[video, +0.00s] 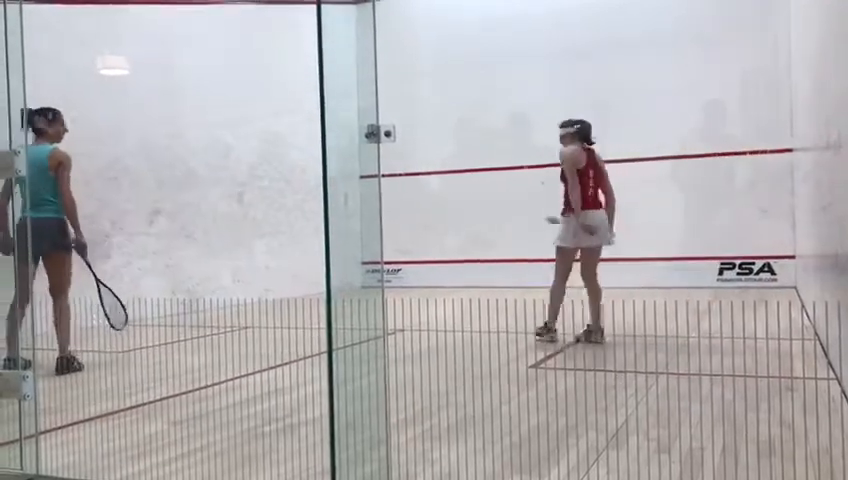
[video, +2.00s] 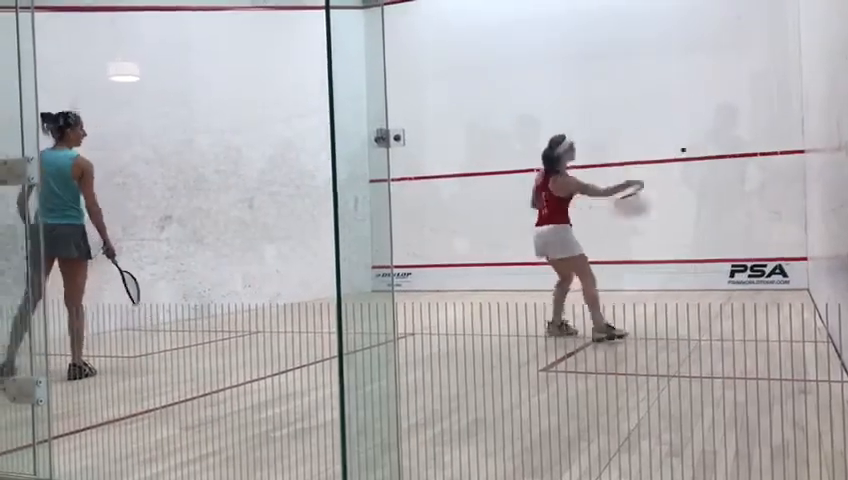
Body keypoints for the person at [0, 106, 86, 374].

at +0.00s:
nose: (65, 131)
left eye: (64, 126)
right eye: (61, 126)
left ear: (39, 127)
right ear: (46, 125)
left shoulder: (19, 155)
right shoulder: (59, 156)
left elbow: (3, 197)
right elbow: (65, 196)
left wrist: (3, 231)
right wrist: (78, 233)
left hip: (24, 228)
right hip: (53, 227)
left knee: (21, 297)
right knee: (60, 293)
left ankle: (11, 355)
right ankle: (64, 355)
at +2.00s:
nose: (84, 133)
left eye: (83, 128)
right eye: (80, 128)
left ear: (61, 132)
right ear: (68, 131)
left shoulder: (39, 158)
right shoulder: (81, 164)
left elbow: (22, 197)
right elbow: (92, 207)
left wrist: (27, 224)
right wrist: (106, 240)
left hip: (42, 233)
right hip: (71, 234)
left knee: (31, 296)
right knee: (74, 301)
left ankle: (8, 359)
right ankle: (77, 363)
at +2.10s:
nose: (76, 135)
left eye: (73, 130)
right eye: (71, 130)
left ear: (47, 134)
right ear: (61, 133)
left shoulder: (30, 162)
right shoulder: (75, 165)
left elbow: (13, 204)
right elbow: (88, 206)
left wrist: (17, 236)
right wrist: (101, 239)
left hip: (35, 236)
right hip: (66, 236)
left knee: (23, 300)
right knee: (72, 301)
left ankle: (7, 362)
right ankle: (77, 362)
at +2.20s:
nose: (64, 135)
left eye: (62, 130)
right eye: (60, 130)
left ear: (39, 135)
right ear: (49, 134)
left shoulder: (17, 164)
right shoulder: (64, 166)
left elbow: (4, 202)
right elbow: (80, 208)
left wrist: (3, 237)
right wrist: (91, 236)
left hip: (23, 238)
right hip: (56, 237)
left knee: (17, 302)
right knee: (67, 304)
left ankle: (9, 365)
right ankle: (77, 363)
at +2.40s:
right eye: (37, 138)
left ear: (12, 139)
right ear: (37, 139)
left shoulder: (3, 165)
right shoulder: (44, 169)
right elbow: (59, 209)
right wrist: (58, 227)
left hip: (6, 240)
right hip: (33, 239)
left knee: (4, 306)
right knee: (42, 295)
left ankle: (7, 363)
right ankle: (62, 343)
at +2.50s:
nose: (27, 144)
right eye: (29, 139)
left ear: (5, 140)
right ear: (29, 140)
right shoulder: (37, 170)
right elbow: (50, 211)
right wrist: (29, 217)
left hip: (5, 238)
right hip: (29, 238)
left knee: (2, 301)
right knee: (26, 295)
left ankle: (4, 361)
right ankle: (40, 352)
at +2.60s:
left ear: (4, 149)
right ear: (20, 148)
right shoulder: (28, 178)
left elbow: (36, 213)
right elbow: (37, 213)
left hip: (8, 242)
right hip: (21, 243)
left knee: (13, 302)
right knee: (14, 301)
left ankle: (28, 356)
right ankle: (29, 356)